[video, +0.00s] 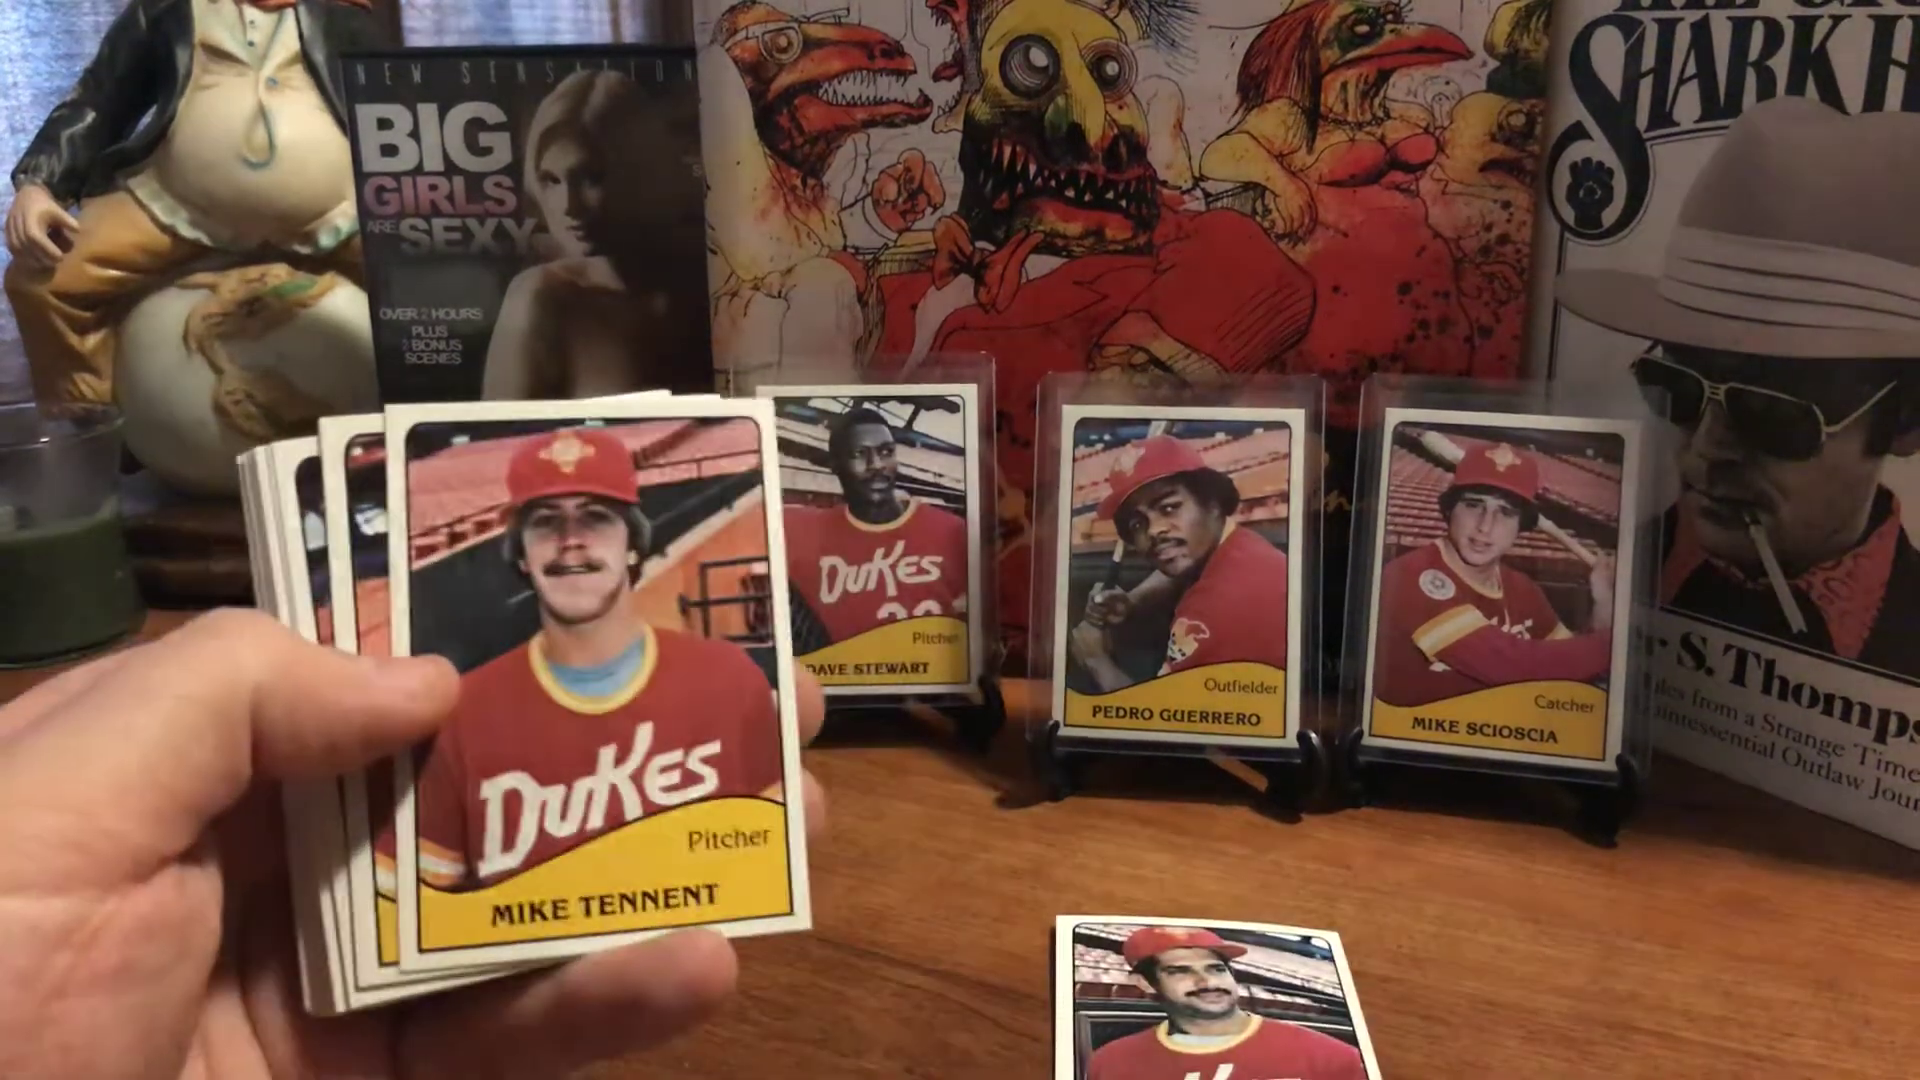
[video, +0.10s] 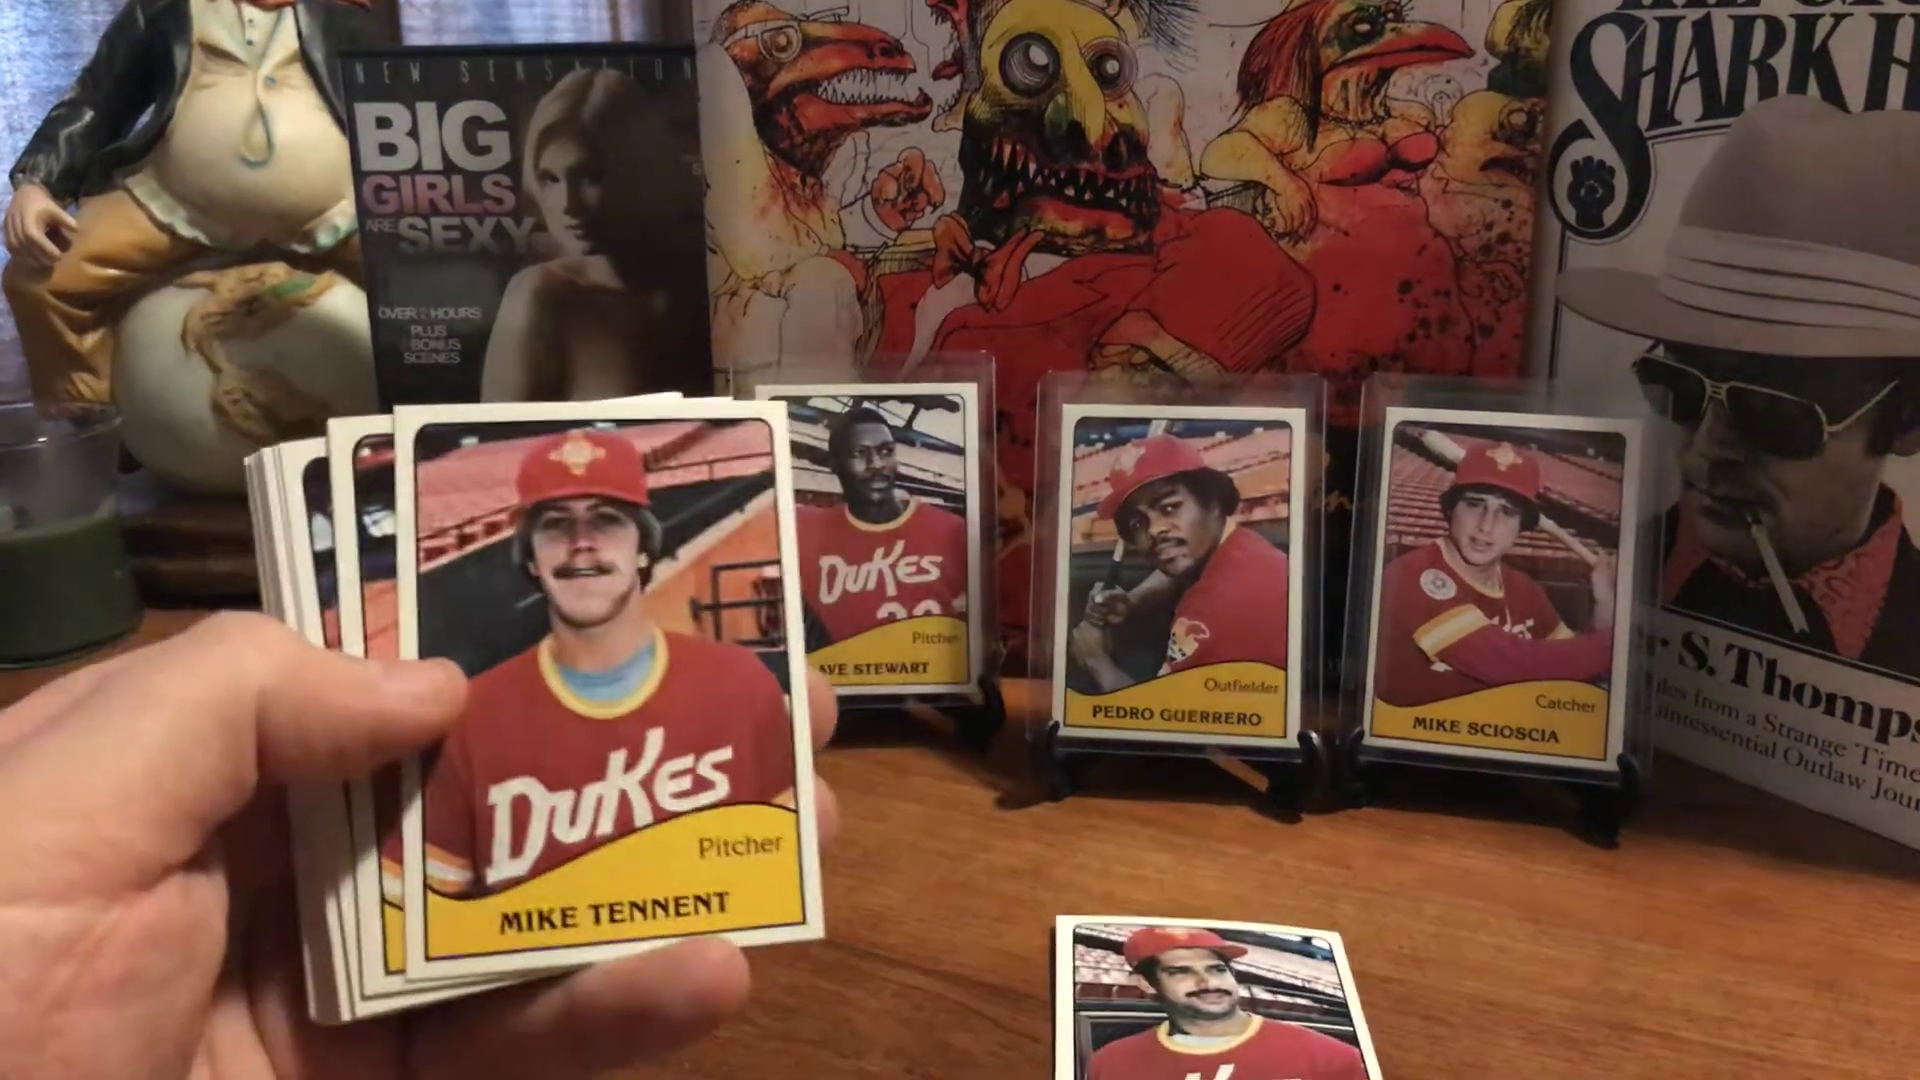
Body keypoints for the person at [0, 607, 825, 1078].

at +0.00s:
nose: (574, 549)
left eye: (596, 524)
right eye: (548, 526)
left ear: (635, 540)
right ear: (519, 544)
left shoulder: (714, 690)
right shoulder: (472, 707)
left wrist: (36, 1014)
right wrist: (53, 1013)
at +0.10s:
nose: (584, 551)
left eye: (607, 528)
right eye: (559, 531)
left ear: (646, 544)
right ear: (529, 548)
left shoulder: (722, 696)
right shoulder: (481, 711)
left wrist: (37, 1013)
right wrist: (52, 1013)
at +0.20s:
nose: (603, 556)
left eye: (627, 532)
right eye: (578, 535)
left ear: (667, 547)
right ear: (550, 552)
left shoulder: (738, 699)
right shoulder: (507, 712)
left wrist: (33, 1025)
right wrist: (47, 1024)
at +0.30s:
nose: (625, 559)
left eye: (650, 533)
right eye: (599, 536)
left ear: (689, 548)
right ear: (572, 556)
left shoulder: (765, 701)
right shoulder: (527, 718)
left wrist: (34, 1026)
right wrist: (47, 1021)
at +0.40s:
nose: (649, 553)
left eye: (675, 527)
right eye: (623, 531)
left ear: (715, 543)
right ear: (594, 551)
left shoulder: (784, 700)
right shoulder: (551, 706)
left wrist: (38, 1023)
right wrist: (49, 1018)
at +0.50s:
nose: (662, 545)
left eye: (687, 519)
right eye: (634, 523)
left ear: (728, 535)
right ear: (608, 544)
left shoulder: (797, 689)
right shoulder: (565, 700)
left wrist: (40, 1028)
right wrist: (52, 1024)